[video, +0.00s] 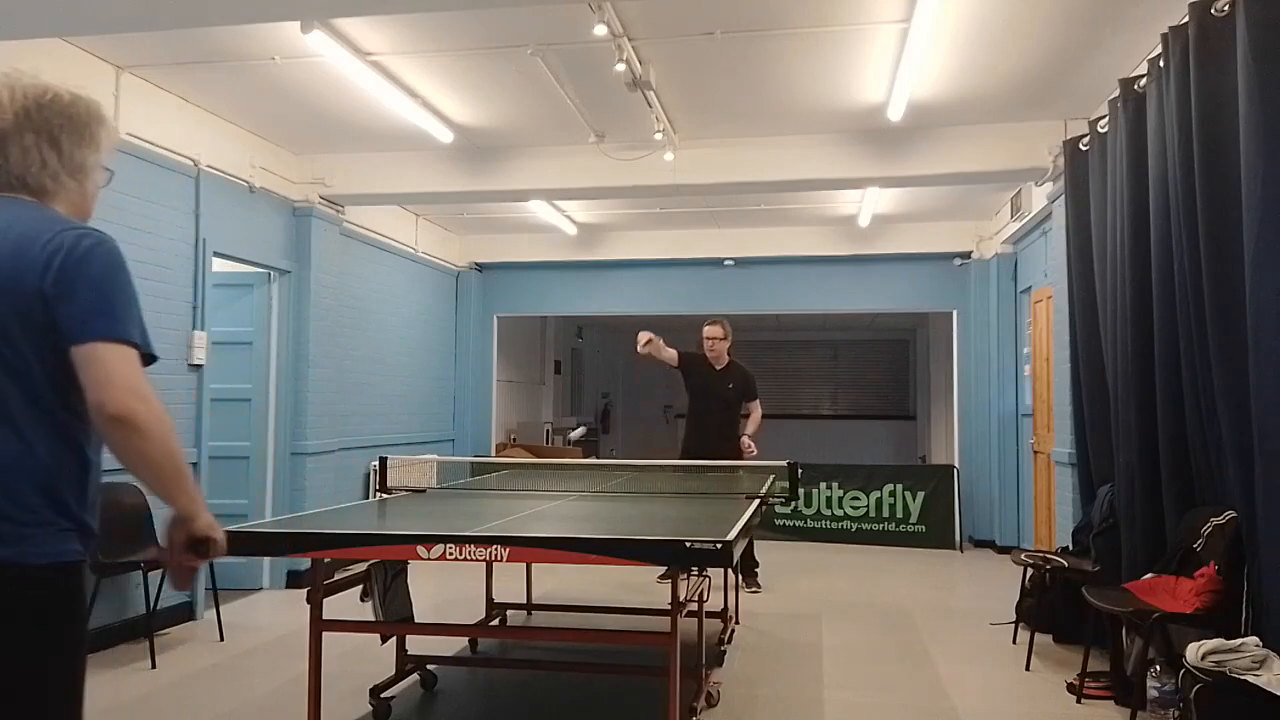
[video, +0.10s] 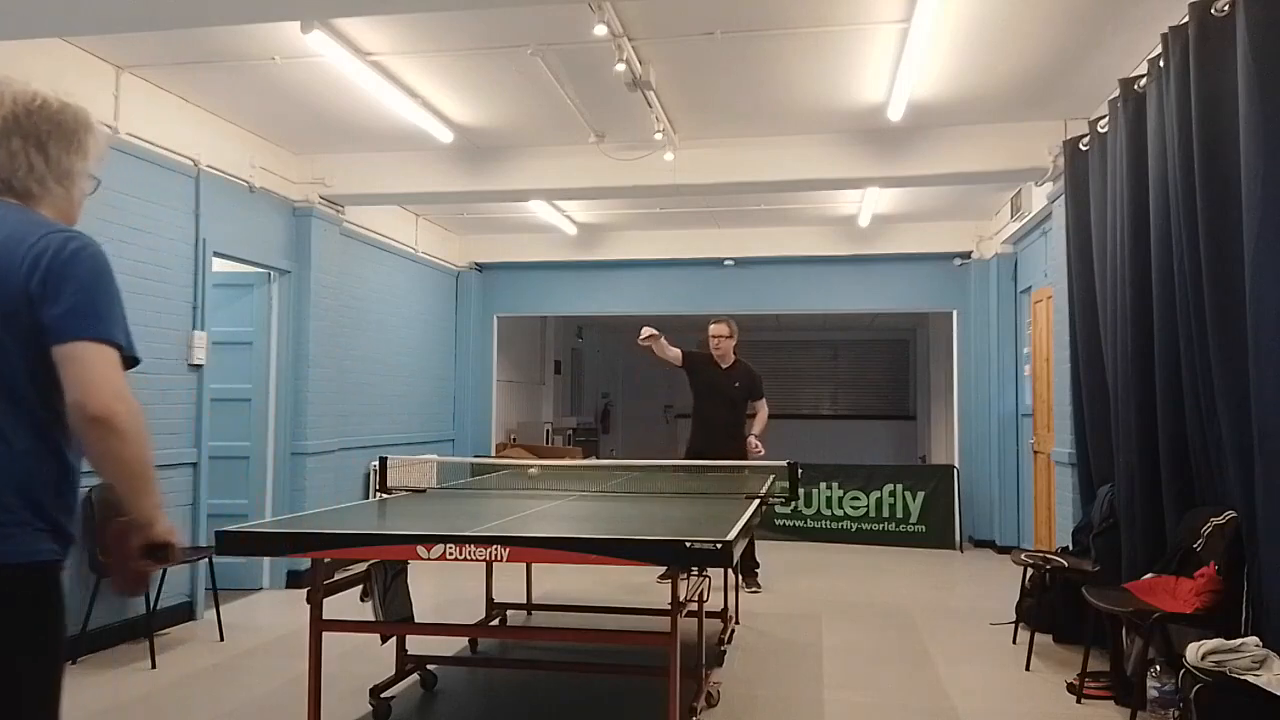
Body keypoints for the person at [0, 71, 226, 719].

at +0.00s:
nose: (102, 184)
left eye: (104, 169)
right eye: (98, 168)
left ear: (18, 160)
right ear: (62, 164)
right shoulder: (72, 249)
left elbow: (115, 401)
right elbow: (117, 403)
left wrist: (182, 511)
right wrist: (190, 509)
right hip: (33, 562)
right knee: (41, 706)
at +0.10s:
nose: (90, 194)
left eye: (93, 178)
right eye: (88, 176)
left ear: (11, 165)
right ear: (57, 170)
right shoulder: (58, 252)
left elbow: (94, 404)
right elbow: (97, 405)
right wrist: (147, 519)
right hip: (18, 558)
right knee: (26, 703)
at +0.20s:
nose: (75, 207)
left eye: (78, 193)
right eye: (74, 190)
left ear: (12, 175)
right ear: (44, 180)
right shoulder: (45, 260)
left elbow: (67, 412)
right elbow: (73, 413)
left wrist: (40, 546)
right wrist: (101, 531)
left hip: (13, 554)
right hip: (7, 554)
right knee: (13, 704)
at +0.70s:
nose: (27, 213)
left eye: (30, 202)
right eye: (28, 201)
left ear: (11, 196)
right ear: (13, 194)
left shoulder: (20, 273)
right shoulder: (16, 272)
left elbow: (64, 414)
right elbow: (66, 415)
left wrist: (111, 494)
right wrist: (115, 497)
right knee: (5, 696)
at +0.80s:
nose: (47, 217)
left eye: (49, 204)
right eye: (46, 203)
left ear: (6, 192)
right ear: (25, 198)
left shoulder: (29, 280)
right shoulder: (26, 278)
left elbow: (102, 423)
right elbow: (103, 425)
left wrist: (153, 453)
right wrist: (159, 459)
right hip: (6, 548)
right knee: (15, 702)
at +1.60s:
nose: (132, 249)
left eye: (136, 238)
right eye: (132, 235)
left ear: (50, 213)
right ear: (107, 224)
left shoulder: (8, 268)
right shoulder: (110, 280)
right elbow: (118, 396)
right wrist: (161, 515)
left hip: (8, 530)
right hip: (71, 540)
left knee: (14, 697)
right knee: (73, 703)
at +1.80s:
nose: (148, 252)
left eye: (153, 240)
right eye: (148, 237)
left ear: (70, 216)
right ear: (121, 223)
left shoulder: (12, 281)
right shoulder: (119, 277)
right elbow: (126, 388)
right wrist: (181, 500)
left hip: (10, 525)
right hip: (86, 530)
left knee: (19, 690)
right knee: (103, 695)